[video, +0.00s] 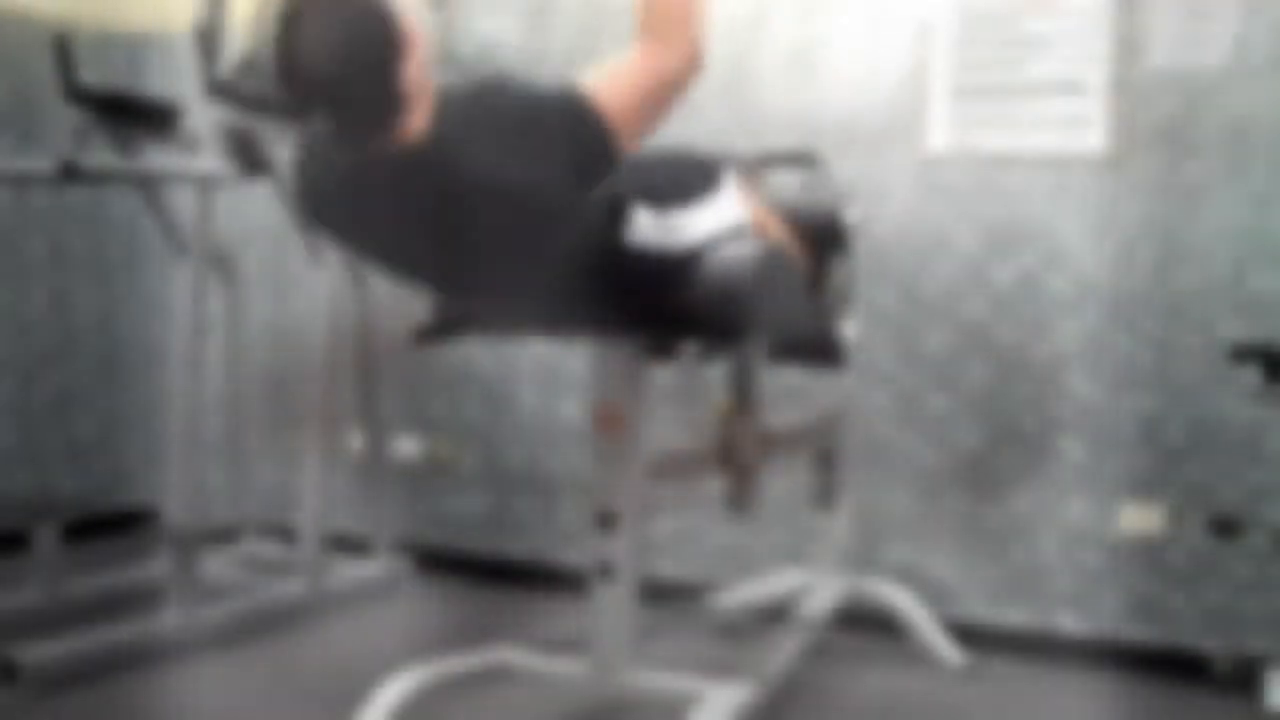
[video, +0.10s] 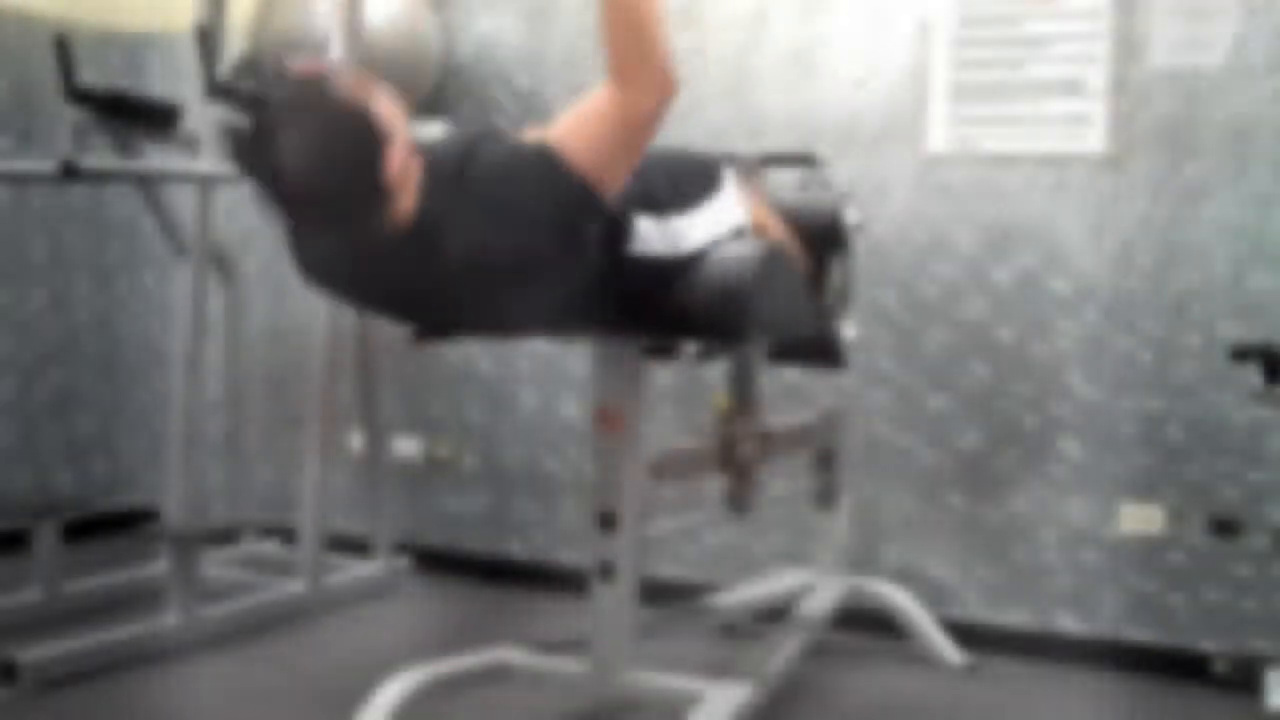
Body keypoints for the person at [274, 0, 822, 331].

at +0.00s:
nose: (418, 31)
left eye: (406, 25)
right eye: (410, 35)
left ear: (323, 103)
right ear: (404, 69)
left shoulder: (325, 185)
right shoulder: (500, 139)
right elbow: (672, 52)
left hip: (516, 304)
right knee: (728, 196)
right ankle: (801, 267)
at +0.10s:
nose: (378, 85)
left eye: (361, 87)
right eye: (374, 98)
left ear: (303, 186)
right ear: (395, 170)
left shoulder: (321, 246)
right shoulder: (499, 203)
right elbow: (645, 90)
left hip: (545, 293)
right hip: (633, 250)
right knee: (741, 198)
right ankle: (804, 274)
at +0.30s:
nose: (339, 241)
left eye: (318, 254)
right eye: (336, 268)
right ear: (391, 333)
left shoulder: (365, 281)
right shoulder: (486, 332)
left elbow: (403, 211)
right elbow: (589, 223)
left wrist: (499, 158)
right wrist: (461, 156)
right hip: (631, 232)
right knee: (731, 191)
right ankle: (800, 280)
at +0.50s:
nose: (356, 394)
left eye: (335, 409)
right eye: (359, 422)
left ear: (312, 401)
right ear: (402, 461)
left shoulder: (331, 354)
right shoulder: (487, 404)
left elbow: (377, 268)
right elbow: (571, 448)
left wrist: (480, 183)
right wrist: (410, 504)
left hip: (534, 198)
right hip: (606, 235)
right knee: (727, 177)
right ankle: (799, 273)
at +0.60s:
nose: (353, 433)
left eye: (334, 453)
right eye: (361, 461)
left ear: (313, 445)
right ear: (412, 505)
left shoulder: (336, 383)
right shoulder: (503, 453)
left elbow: (375, 282)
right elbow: (569, 550)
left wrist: (470, 195)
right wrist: (419, 632)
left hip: (501, 222)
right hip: (586, 241)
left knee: (579, 150)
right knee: (718, 169)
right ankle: (801, 283)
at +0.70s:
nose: (365, 456)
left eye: (347, 473)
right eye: (370, 484)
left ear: (332, 459)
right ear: (420, 536)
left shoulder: (340, 399)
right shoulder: (511, 489)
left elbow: (372, 292)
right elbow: (557, 620)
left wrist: (470, 203)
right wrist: (448, 712)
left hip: (510, 224)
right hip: (588, 253)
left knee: (570, 149)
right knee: (717, 165)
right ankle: (797, 287)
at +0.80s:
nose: (373, 470)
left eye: (353, 489)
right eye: (378, 497)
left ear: (342, 472)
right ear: (427, 542)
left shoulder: (345, 406)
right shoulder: (522, 512)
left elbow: (373, 296)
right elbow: (525, 665)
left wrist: (470, 208)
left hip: (507, 230)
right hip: (588, 261)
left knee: (568, 149)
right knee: (721, 165)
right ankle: (796, 290)